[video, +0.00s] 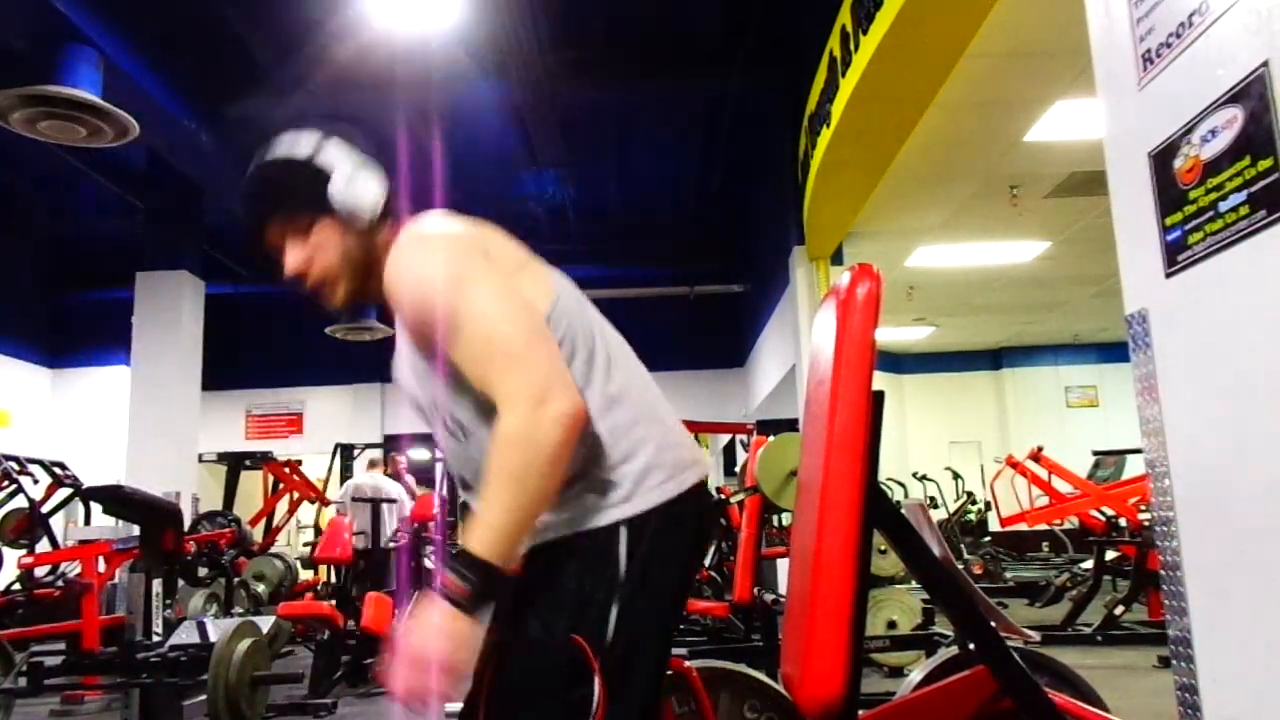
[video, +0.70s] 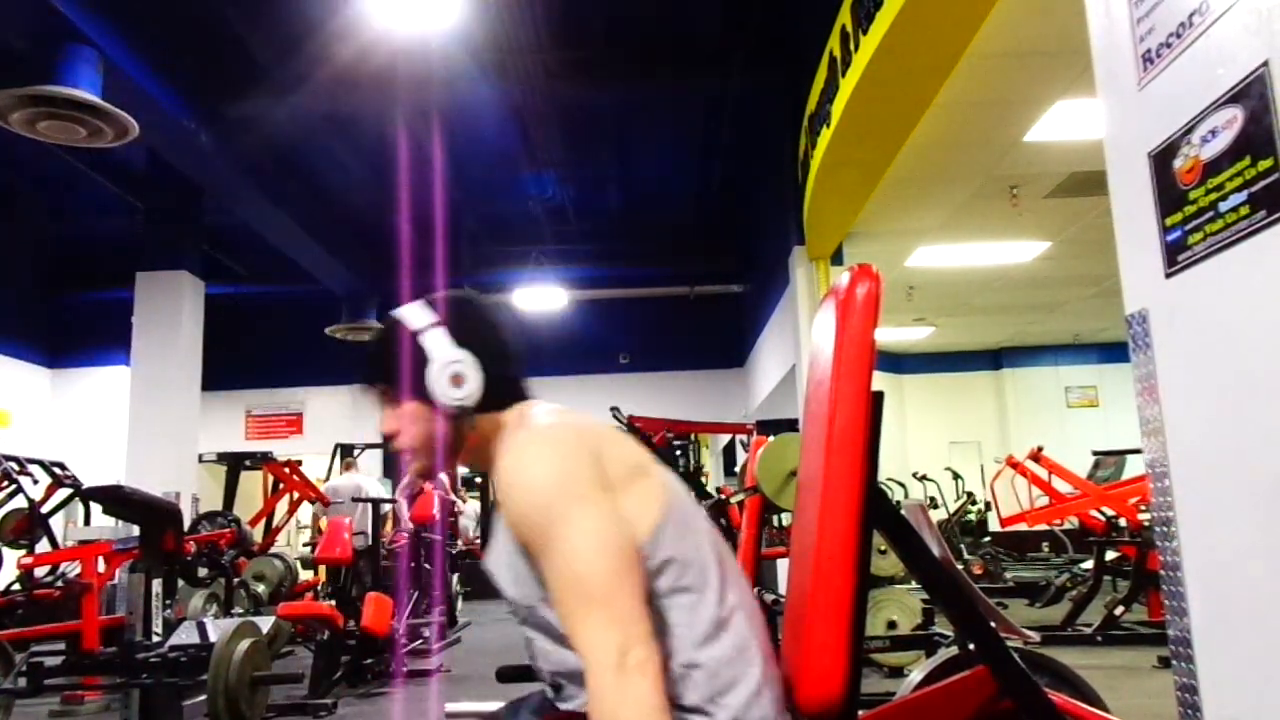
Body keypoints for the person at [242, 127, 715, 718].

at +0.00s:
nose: (292, 264)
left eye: (304, 231)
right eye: (281, 247)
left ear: (353, 203)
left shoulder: (427, 254)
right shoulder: (415, 282)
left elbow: (546, 408)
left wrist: (458, 595)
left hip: (624, 516)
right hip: (570, 525)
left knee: (549, 705)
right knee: (508, 700)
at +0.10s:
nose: (281, 339)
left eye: (287, 307)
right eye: (267, 325)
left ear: (330, 272)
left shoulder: (420, 307)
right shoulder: (408, 338)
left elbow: (561, 436)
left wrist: (524, 642)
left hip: (655, 528)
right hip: (601, 536)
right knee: (541, 703)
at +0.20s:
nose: (283, 395)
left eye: (285, 365)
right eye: (265, 387)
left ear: (328, 321)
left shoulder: (414, 355)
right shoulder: (405, 377)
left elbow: (565, 472)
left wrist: (557, 684)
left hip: (662, 555)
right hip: (607, 555)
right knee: (484, 710)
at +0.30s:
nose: (292, 429)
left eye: (294, 397)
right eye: (274, 421)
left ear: (334, 355)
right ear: (268, 430)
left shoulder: (422, 390)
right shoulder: (410, 405)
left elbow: (563, 522)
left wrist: (584, 698)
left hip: (659, 594)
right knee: (474, 712)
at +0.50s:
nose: (327, 448)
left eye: (332, 416)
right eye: (310, 437)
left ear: (379, 379)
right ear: (306, 445)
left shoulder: (462, 433)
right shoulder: (447, 438)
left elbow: (577, 603)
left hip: (683, 673)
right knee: (502, 700)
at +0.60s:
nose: (347, 444)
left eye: (358, 416)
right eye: (336, 427)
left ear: (415, 388)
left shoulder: (495, 457)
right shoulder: (479, 451)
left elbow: (600, 645)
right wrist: (555, 691)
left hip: (698, 703)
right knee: (505, 711)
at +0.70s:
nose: (386, 427)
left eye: (397, 403)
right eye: (385, 404)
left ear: (457, 385)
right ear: (456, 385)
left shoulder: (540, 459)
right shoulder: (521, 453)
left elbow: (626, 669)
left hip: (697, 709)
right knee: (508, 706)